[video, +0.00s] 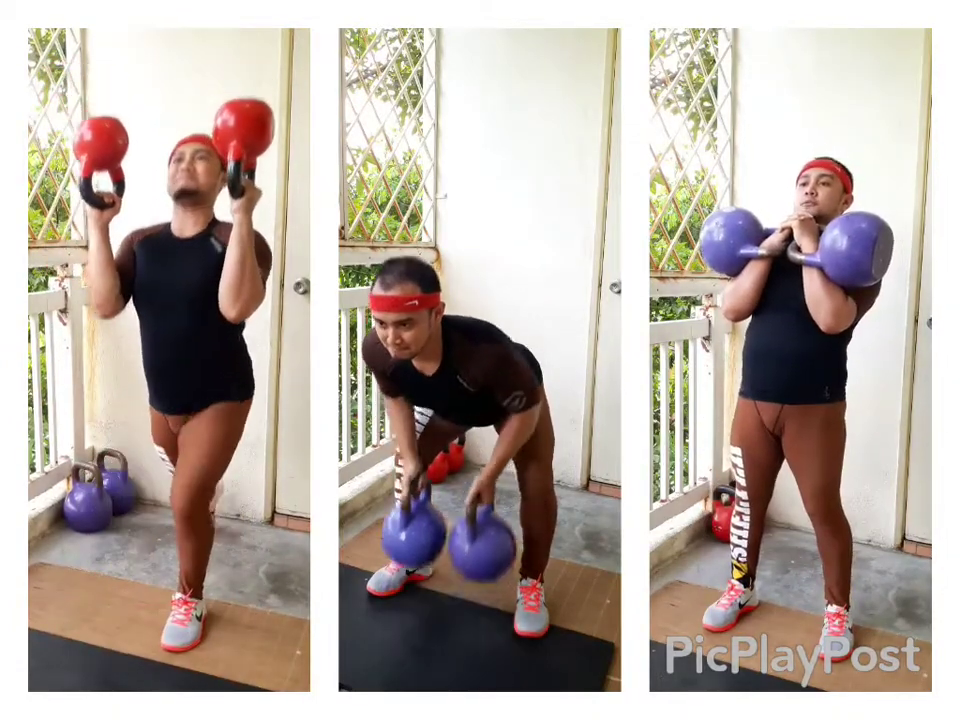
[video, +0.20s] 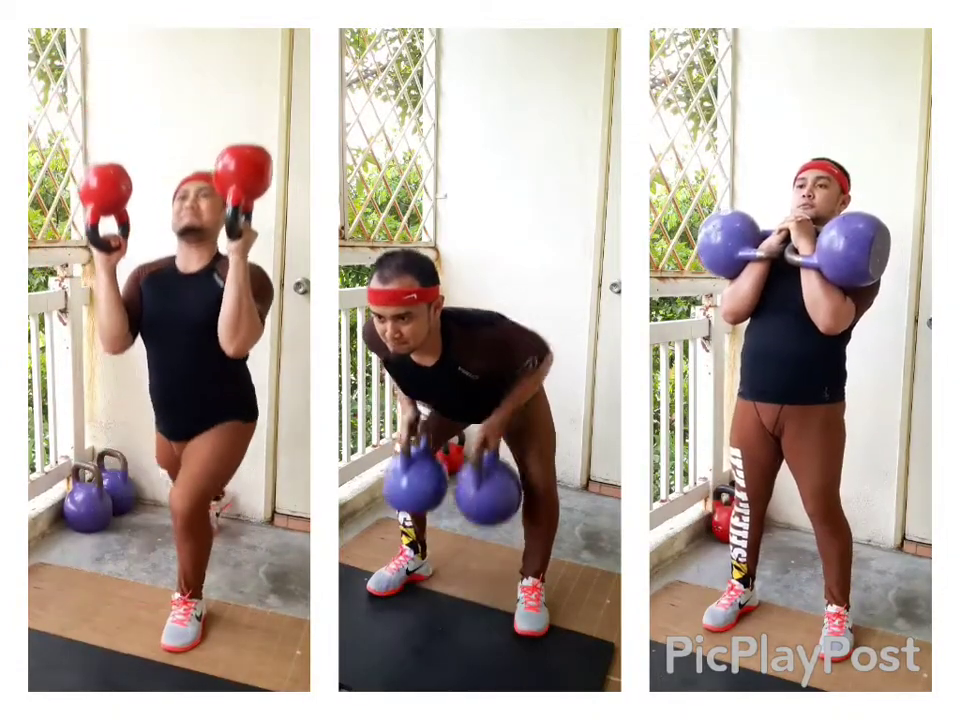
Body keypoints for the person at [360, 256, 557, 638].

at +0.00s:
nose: (392, 338)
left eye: (405, 325)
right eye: (381, 325)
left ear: (436, 312)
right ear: (372, 318)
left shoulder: (483, 349)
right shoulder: (377, 352)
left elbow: (527, 406)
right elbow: (396, 397)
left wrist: (491, 473)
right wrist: (408, 457)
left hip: (511, 399)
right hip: (452, 402)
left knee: (537, 485)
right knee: (410, 468)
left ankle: (531, 582)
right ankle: (412, 557)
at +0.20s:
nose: (391, 332)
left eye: (404, 318)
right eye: (380, 319)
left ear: (435, 305)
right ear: (371, 312)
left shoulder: (484, 334)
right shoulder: (376, 335)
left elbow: (542, 357)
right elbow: (394, 366)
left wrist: (498, 421)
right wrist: (407, 407)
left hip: (511, 393)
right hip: (447, 397)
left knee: (540, 482)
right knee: (411, 464)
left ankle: (531, 582)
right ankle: (413, 551)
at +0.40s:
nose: (391, 330)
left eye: (404, 316)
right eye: (379, 316)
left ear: (435, 304)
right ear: (370, 309)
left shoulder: (481, 330)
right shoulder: (375, 331)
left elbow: (545, 329)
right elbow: (405, 369)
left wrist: (501, 397)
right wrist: (406, 415)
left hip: (510, 387)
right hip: (445, 394)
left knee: (536, 479)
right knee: (411, 460)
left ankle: (531, 581)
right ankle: (413, 552)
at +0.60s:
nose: (394, 314)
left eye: (406, 299)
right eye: (382, 300)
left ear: (438, 287)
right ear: (373, 295)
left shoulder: (486, 327)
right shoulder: (376, 330)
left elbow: (538, 369)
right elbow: (394, 368)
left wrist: (497, 436)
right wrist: (408, 420)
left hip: (512, 398)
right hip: (450, 400)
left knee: (537, 487)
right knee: (410, 463)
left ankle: (531, 582)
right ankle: (413, 552)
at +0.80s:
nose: (396, 328)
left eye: (408, 314)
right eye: (384, 315)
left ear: (439, 299)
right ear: (375, 308)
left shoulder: (486, 339)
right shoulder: (380, 348)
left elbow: (520, 412)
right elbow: (400, 405)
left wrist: (487, 490)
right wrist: (413, 473)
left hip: (512, 398)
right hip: (453, 404)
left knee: (537, 488)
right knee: (406, 466)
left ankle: (532, 583)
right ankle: (408, 559)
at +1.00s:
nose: (395, 344)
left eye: (407, 331)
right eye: (384, 331)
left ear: (438, 314)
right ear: (375, 325)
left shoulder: (487, 355)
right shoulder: (379, 363)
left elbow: (512, 435)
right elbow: (401, 428)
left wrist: (484, 515)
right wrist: (411, 499)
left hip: (516, 396)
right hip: (456, 404)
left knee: (537, 486)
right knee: (412, 470)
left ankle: (532, 584)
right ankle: (407, 563)